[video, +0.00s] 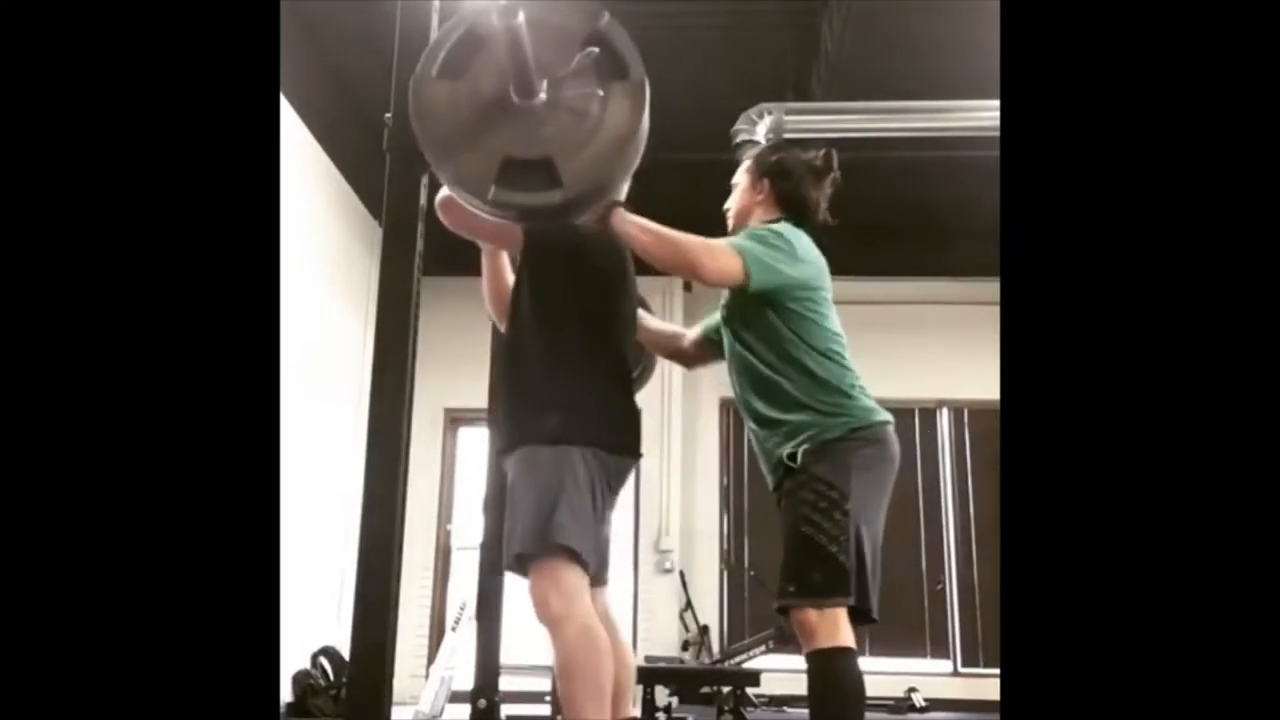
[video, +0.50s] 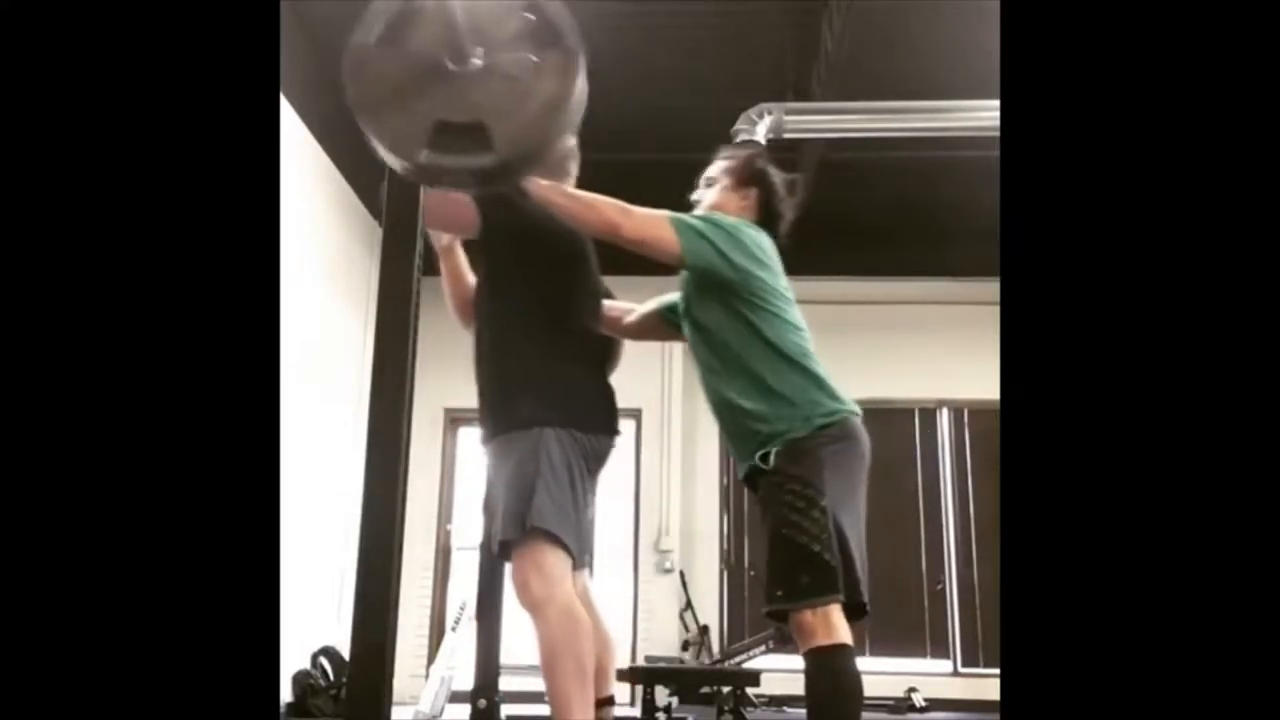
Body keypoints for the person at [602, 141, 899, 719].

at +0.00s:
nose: (727, 196)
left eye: (736, 183)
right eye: (732, 184)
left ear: (762, 188)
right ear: (772, 193)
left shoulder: (786, 243)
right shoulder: (754, 291)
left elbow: (707, 263)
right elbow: (689, 348)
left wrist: (613, 215)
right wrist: (613, 307)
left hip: (841, 443)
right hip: (820, 454)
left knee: (817, 614)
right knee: (819, 618)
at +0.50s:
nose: (697, 192)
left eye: (713, 182)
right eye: (701, 183)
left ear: (749, 197)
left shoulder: (736, 240)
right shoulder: (707, 294)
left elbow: (623, 222)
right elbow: (628, 318)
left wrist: (521, 182)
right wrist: (543, 290)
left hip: (813, 441)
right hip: (791, 452)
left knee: (816, 617)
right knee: (816, 620)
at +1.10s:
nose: (650, 201)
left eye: (658, 190)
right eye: (654, 190)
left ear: (686, 196)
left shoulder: (693, 252)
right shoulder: (667, 299)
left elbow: (585, 247)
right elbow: (591, 345)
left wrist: (480, 206)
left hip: (749, 457)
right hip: (750, 461)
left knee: (765, 621)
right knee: (791, 620)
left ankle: (817, 716)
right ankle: (834, 715)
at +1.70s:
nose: (720, 152)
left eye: (728, 138)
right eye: (726, 140)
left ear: (751, 145)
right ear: (776, 155)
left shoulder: (756, 204)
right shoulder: (754, 227)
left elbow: (620, 206)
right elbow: (680, 326)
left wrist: (510, 190)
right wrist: (597, 324)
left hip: (819, 426)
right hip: (806, 430)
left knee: (790, 604)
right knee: (791, 606)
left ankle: (824, 717)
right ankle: (823, 716)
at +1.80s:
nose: (735, 159)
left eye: (741, 147)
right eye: (737, 148)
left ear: (768, 151)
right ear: (790, 158)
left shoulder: (778, 206)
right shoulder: (772, 230)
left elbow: (651, 223)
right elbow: (711, 346)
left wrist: (546, 203)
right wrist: (612, 368)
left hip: (825, 429)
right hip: (805, 434)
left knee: (795, 611)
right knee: (794, 613)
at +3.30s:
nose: (981, 150)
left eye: (992, 136)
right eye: (974, 142)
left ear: (1010, 147)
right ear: (970, 158)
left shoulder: (986, 254)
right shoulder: (977, 258)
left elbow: (969, 366)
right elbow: (968, 367)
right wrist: (938, 451)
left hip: (993, 459)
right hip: (985, 461)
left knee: (996, 614)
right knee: (994, 614)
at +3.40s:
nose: (993, 157)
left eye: (997, 147)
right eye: (988, 148)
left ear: (1003, 155)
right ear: (981, 159)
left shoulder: (987, 260)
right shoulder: (986, 261)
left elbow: (973, 369)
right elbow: (974, 369)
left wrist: (939, 456)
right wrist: (937, 456)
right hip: (995, 464)